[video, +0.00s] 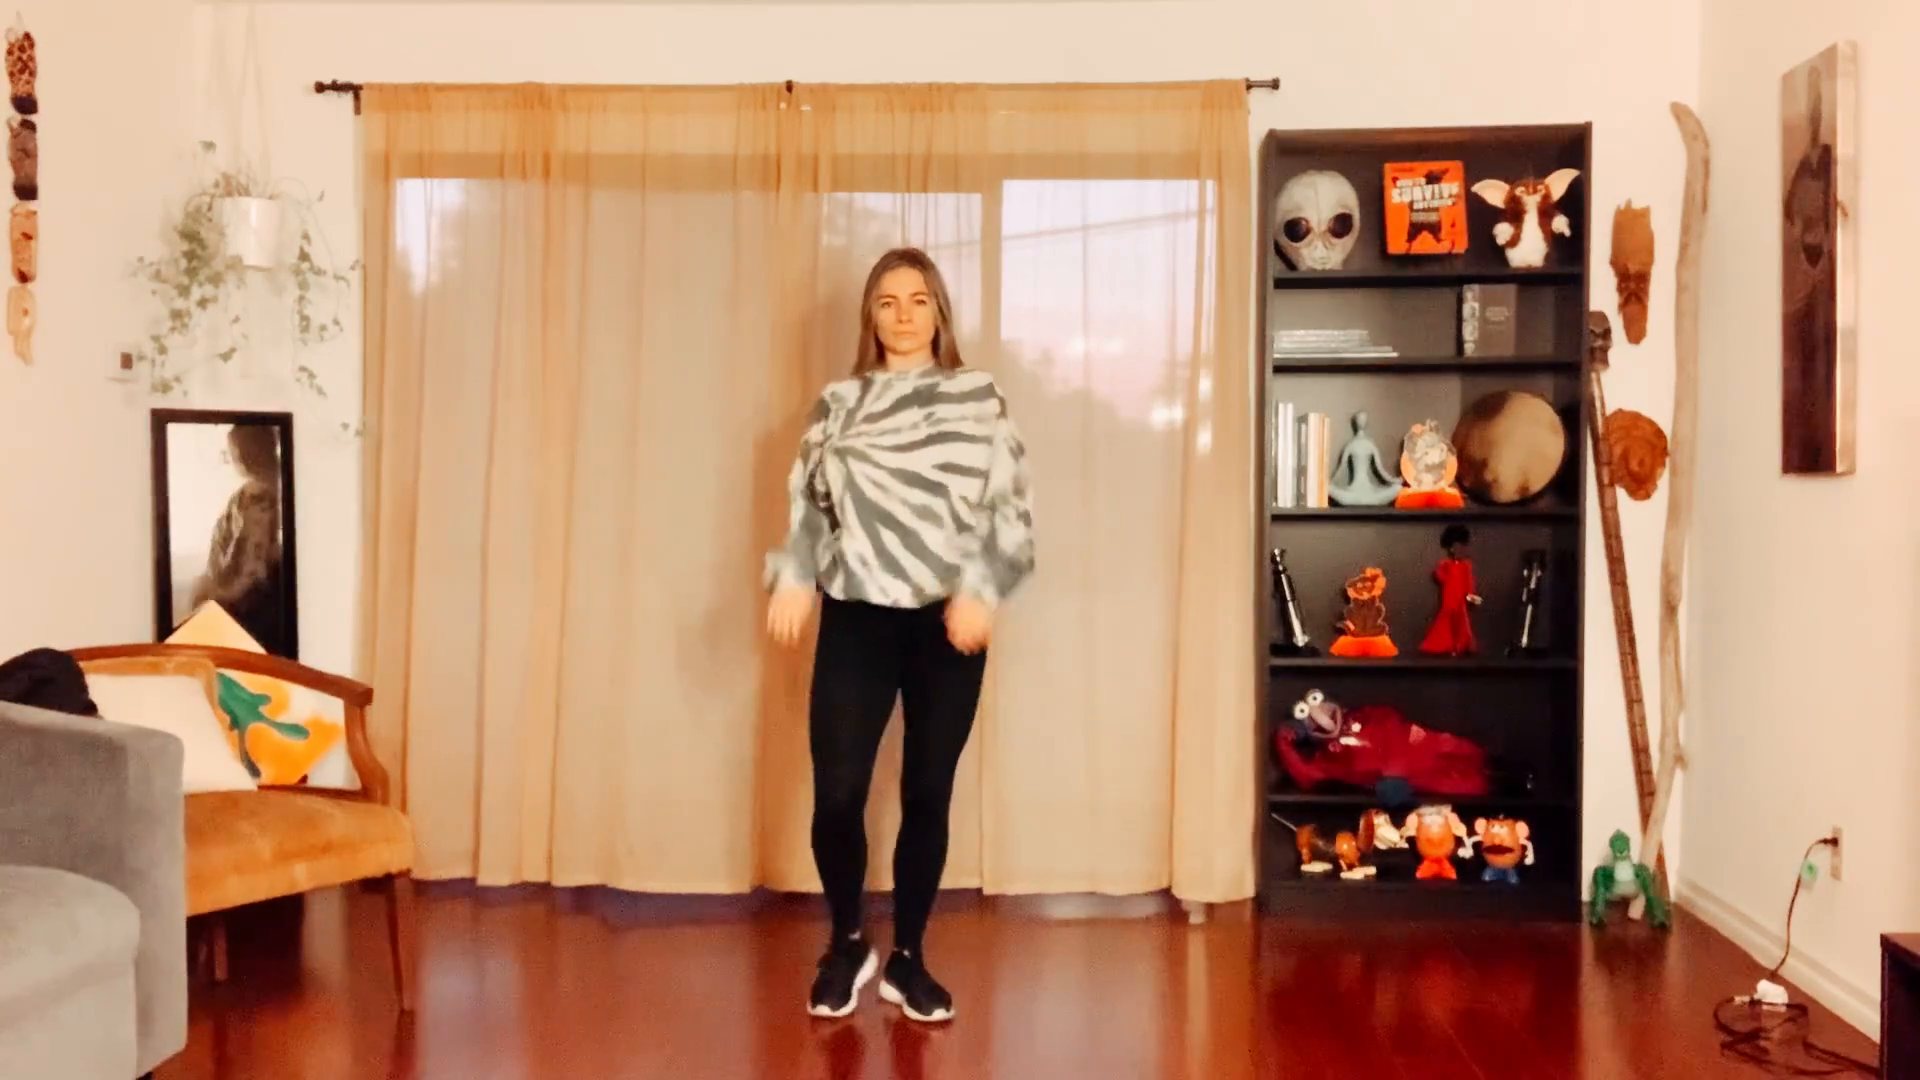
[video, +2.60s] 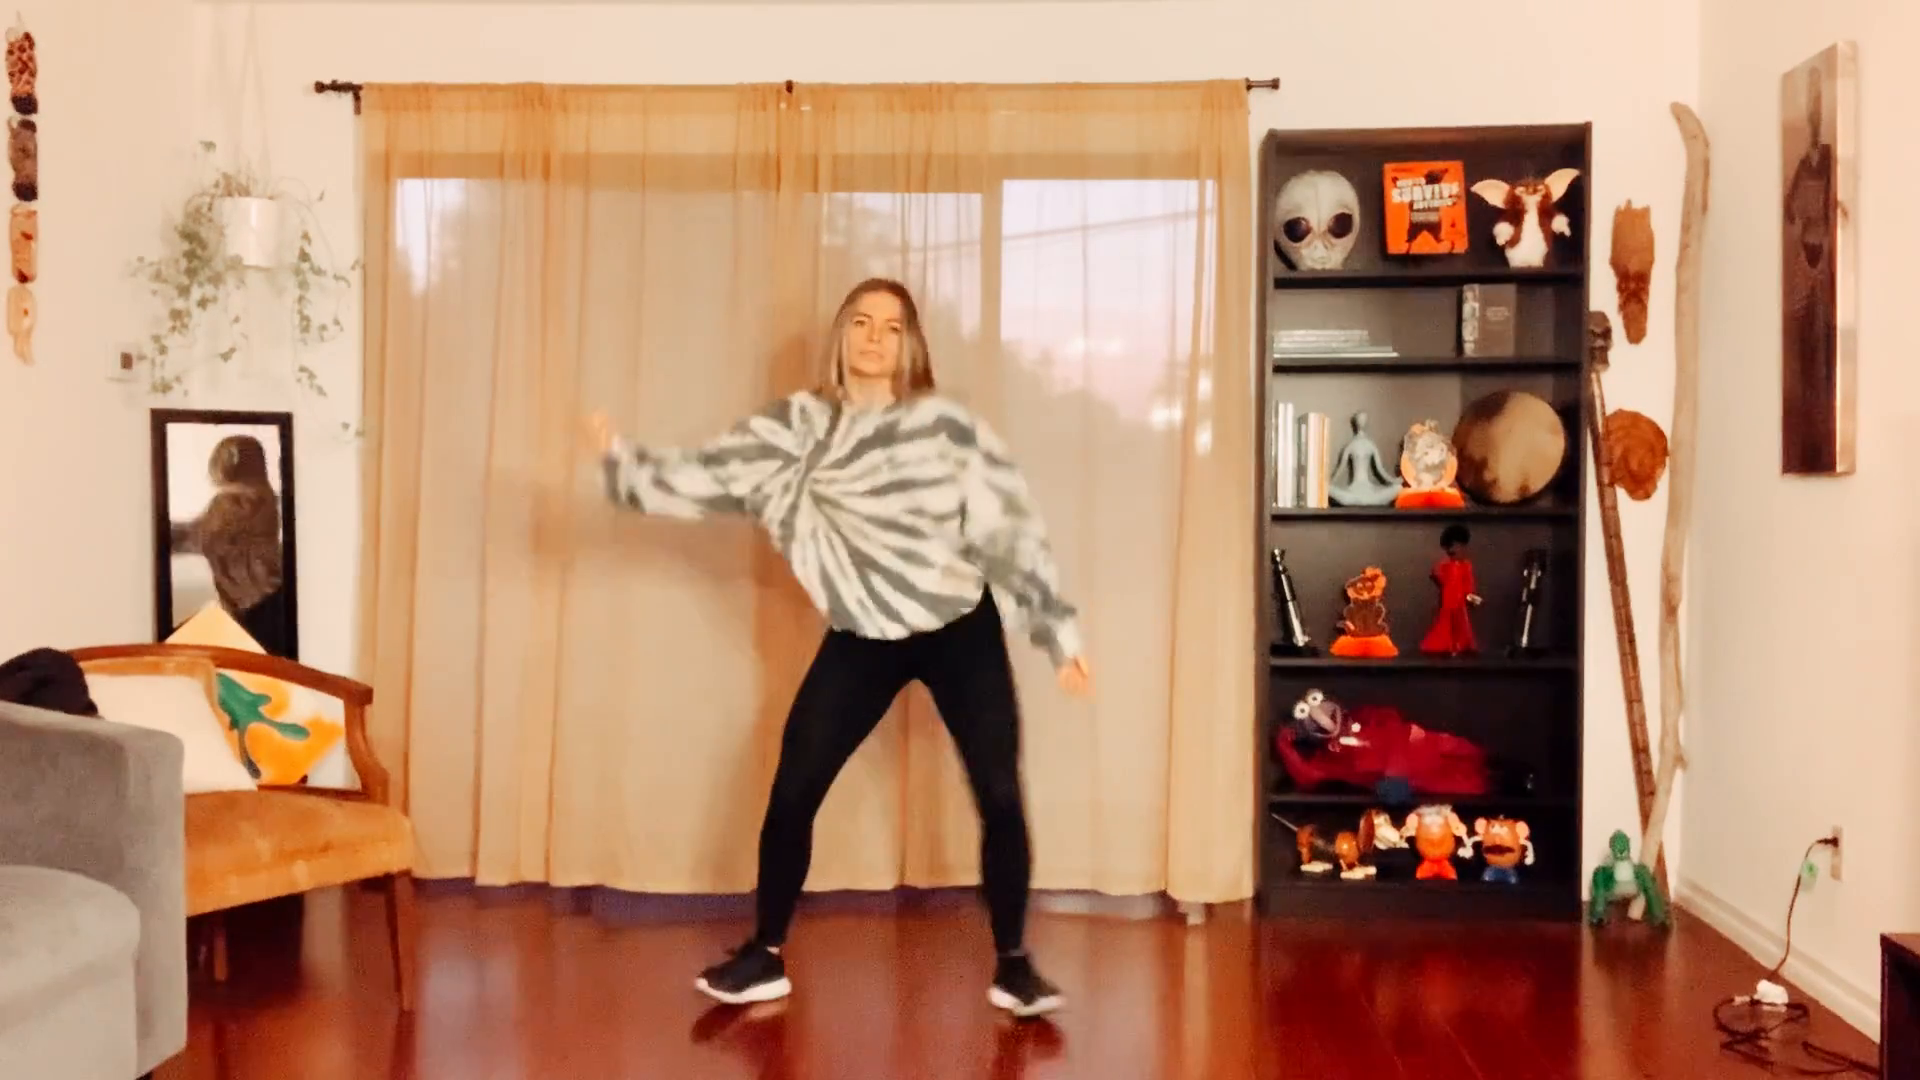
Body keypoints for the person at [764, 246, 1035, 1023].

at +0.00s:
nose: (902, 312)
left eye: (917, 300)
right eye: (887, 301)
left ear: (939, 311)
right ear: (870, 314)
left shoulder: (978, 398)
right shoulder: (841, 401)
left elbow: (1011, 513)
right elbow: (809, 501)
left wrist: (984, 590)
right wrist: (795, 574)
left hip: (947, 623)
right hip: (855, 618)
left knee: (926, 796)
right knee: (836, 796)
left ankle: (906, 959)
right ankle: (845, 944)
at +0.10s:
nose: (902, 312)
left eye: (917, 300)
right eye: (887, 301)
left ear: (939, 310)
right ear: (871, 314)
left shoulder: (978, 397)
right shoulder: (841, 402)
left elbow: (1006, 505)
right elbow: (797, 480)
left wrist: (952, 531)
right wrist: (800, 508)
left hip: (940, 617)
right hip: (848, 615)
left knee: (922, 795)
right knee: (833, 795)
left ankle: (906, 959)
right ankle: (847, 954)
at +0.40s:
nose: (890, 310)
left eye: (906, 299)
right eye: (876, 298)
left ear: (929, 312)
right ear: (857, 311)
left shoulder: (960, 388)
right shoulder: (833, 398)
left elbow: (977, 488)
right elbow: (786, 500)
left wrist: (893, 411)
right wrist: (845, 412)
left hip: (920, 611)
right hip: (829, 610)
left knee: (913, 797)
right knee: (827, 793)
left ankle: (906, 959)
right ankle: (845, 957)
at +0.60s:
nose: (886, 306)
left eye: (901, 295)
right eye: (873, 294)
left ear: (924, 309)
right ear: (853, 309)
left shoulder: (946, 381)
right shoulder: (832, 398)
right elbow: (783, 471)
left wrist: (844, 492)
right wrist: (825, 476)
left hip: (918, 606)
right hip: (830, 604)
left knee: (913, 795)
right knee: (829, 787)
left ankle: (906, 958)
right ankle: (847, 958)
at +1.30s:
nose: (896, 297)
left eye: (912, 286)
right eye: (882, 285)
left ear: (933, 301)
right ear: (862, 299)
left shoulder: (956, 390)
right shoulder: (820, 390)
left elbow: (963, 489)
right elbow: (798, 494)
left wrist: (951, 574)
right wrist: (799, 581)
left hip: (929, 608)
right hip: (838, 605)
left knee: (919, 791)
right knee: (837, 788)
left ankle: (905, 959)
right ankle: (848, 956)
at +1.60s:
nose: (889, 295)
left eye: (905, 284)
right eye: (875, 283)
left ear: (927, 300)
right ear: (856, 297)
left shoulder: (953, 383)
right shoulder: (831, 382)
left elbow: (1008, 468)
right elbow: (794, 472)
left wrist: (1070, 533)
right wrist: (728, 523)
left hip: (927, 607)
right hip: (834, 606)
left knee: (913, 790)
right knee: (834, 791)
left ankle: (905, 958)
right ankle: (848, 958)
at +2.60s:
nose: (876, 334)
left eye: (891, 326)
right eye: (863, 322)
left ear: (910, 344)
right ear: (838, 335)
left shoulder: (947, 426)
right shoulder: (801, 426)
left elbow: (1012, 531)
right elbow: (715, 472)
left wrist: (1059, 630)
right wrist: (624, 462)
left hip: (961, 626)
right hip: (865, 634)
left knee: (1001, 797)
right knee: (794, 790)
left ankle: (1013, 963)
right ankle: (765, 954)